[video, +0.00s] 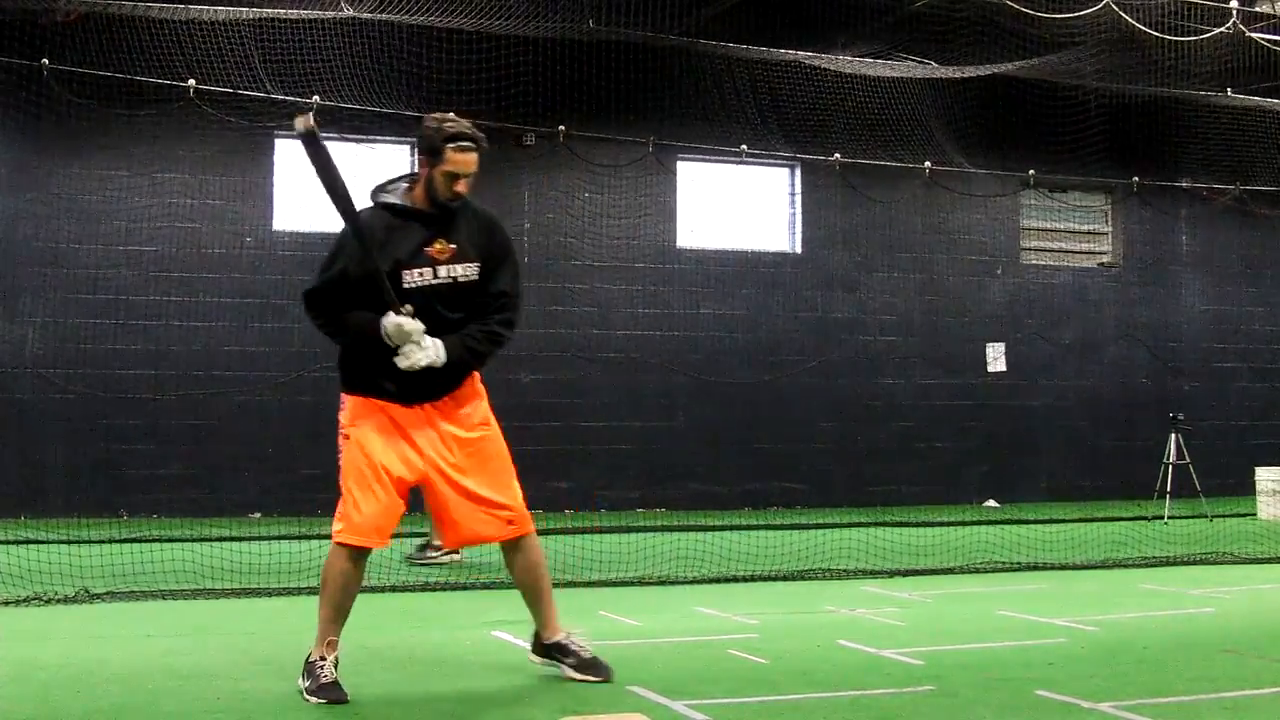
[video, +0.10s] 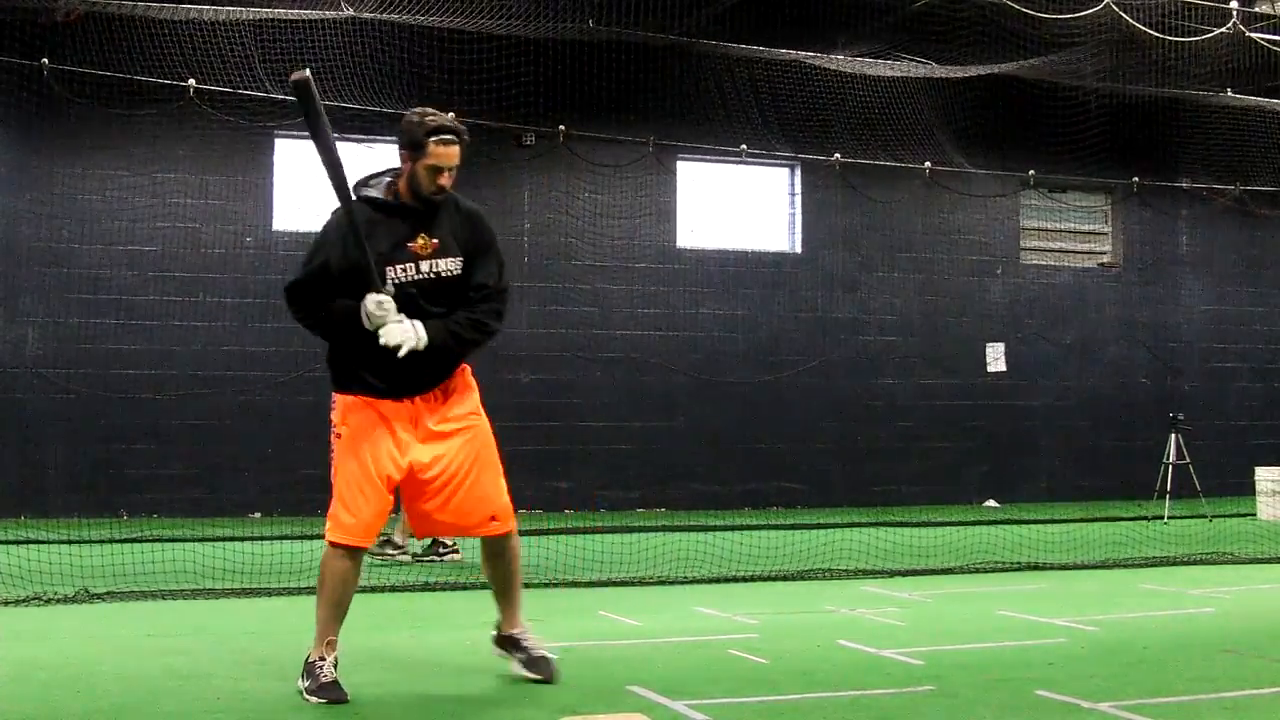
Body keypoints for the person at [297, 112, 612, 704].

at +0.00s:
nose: (463, 187)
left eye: (471, 177)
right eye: (454, 175)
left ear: (478, 172)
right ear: (424, 165)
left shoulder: (486, 233)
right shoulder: (372, 229)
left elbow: (501, 317)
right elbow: (324, 301)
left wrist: (446, 350)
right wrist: (379, 327)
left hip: (460, 403)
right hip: (377, 407)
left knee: (515, 521)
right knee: (357, 533)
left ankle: (549, 636)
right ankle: (323, 655)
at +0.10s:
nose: (447, 180)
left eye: (454, 169)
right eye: (437, 169)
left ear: (460, 166)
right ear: (405, 161)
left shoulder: (467, 223)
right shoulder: (356, 223)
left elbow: (489, 312)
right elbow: (303, 296)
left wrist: (428, 334)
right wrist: (360, 315)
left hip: (450, 398)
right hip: (369, 406)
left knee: (498, 521)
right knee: (350, 534)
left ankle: (512, 630)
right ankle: (322, 656)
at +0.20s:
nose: (469, 147)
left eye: (468, 138)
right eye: (461, 138)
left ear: (436, 146)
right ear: (426, 146)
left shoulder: (473, 199)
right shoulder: (373, 207)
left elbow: (494, 250)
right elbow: (312, 270)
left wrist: (420, 214)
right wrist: (370, 219)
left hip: (462, 391)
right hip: (384, 394)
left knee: (478, 527)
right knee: (362, 528)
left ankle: (468, 645)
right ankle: (323, 657)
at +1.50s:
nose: (452, 184)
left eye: (452, 174)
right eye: (443, 175)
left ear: (418, 178)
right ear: (407, 179)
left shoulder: (444, 237)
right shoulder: (343, 217)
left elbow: (436, 310)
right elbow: (261, 266)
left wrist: (375, 287)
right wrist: (324, 257)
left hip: (409, 400)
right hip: (333, 404)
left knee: (444, 517)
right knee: (341, 530)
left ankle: (426, 641)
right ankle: (319, 659)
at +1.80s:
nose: (469, 205)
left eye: (470, 194)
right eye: (460, 196)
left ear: (436, 198)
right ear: (422, 199)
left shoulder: (460, 258)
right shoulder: (359, 229)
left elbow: (429, 332)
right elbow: (271, 249)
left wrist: (334, 310)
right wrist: (300, 265)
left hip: (440, 401)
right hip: (359, 411)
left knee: (502, 499)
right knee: (348, 531)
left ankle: (481, 627)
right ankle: (322, 658)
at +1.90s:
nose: (480, 213)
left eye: (481, 202)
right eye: (470, 203)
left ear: (448, 206)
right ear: (432, 207)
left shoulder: (472, 264)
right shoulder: (373, 235)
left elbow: (414, 322)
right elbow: (285, 234)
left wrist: (331, 285)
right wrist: (314, 240)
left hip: (463, 409)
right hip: (381, 419)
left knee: (537, 516)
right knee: (363, 531)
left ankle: (543, 641)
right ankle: (323, 658)